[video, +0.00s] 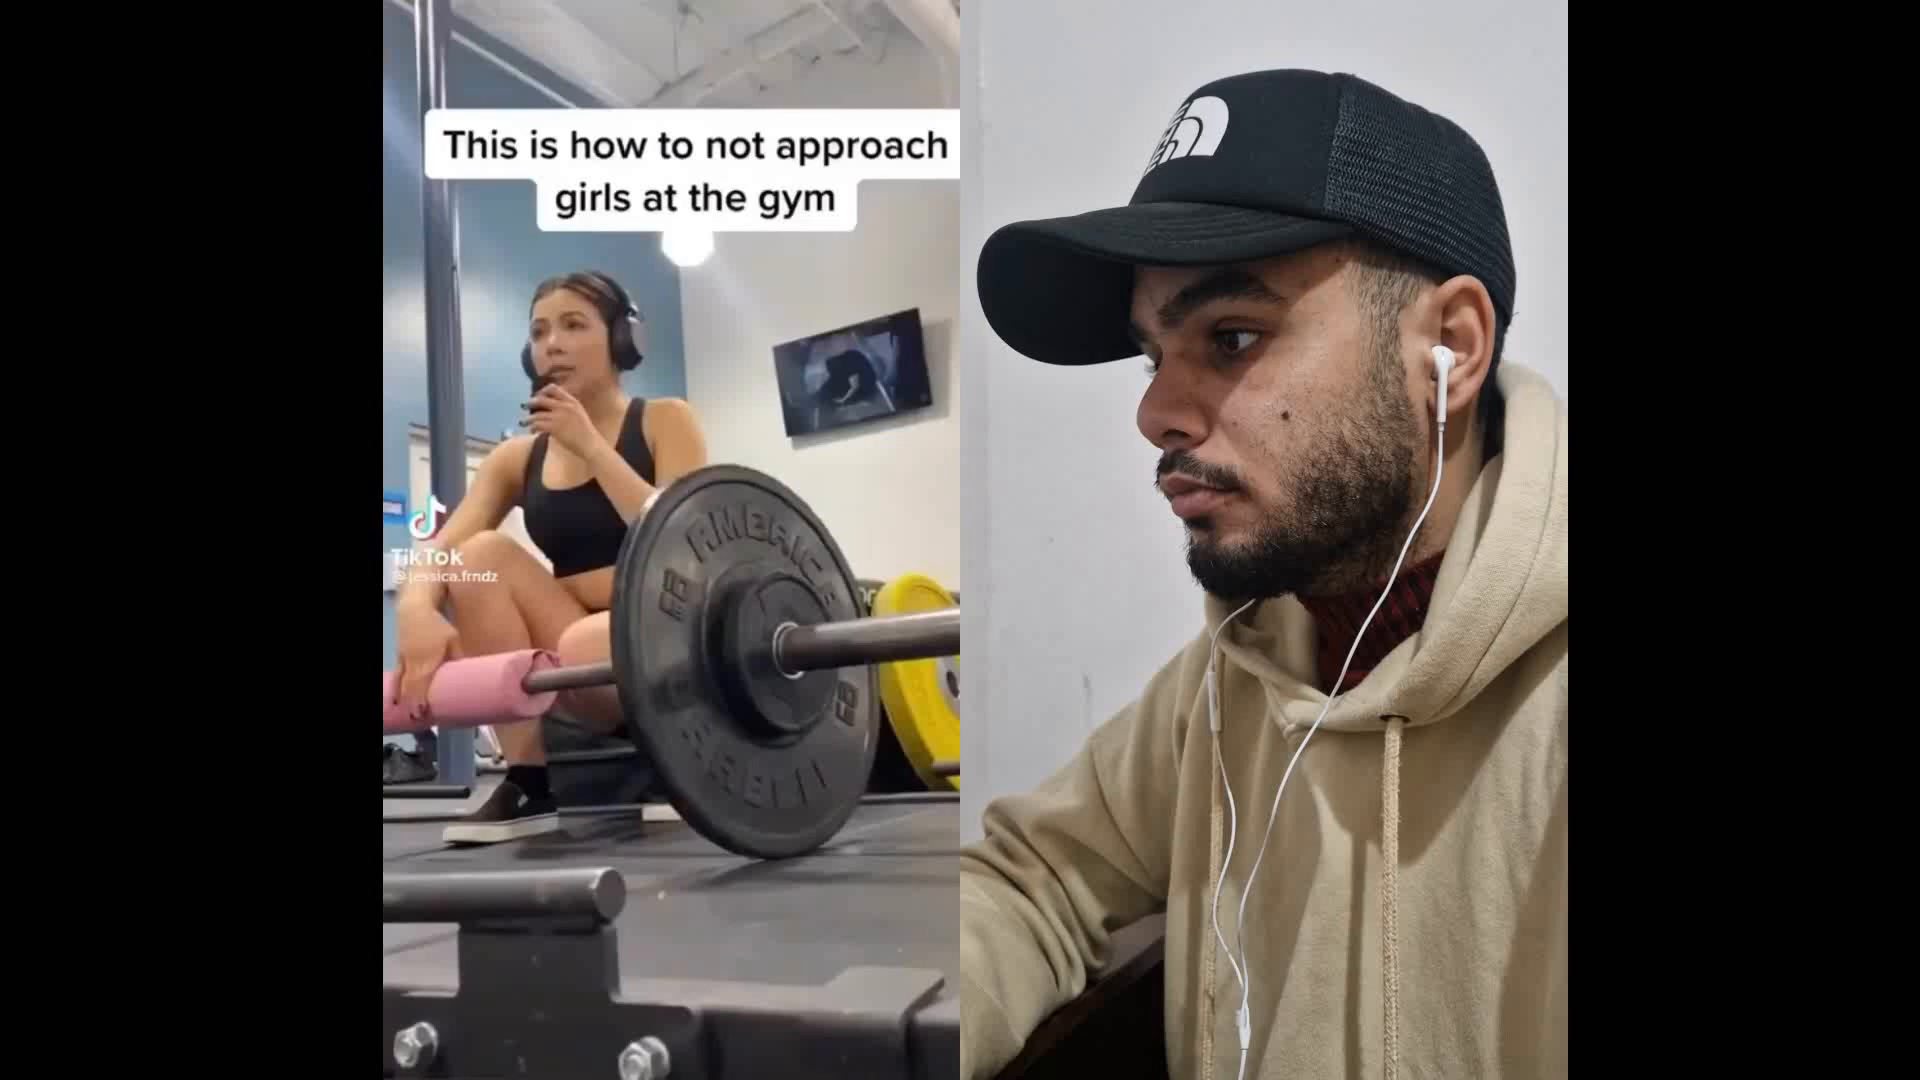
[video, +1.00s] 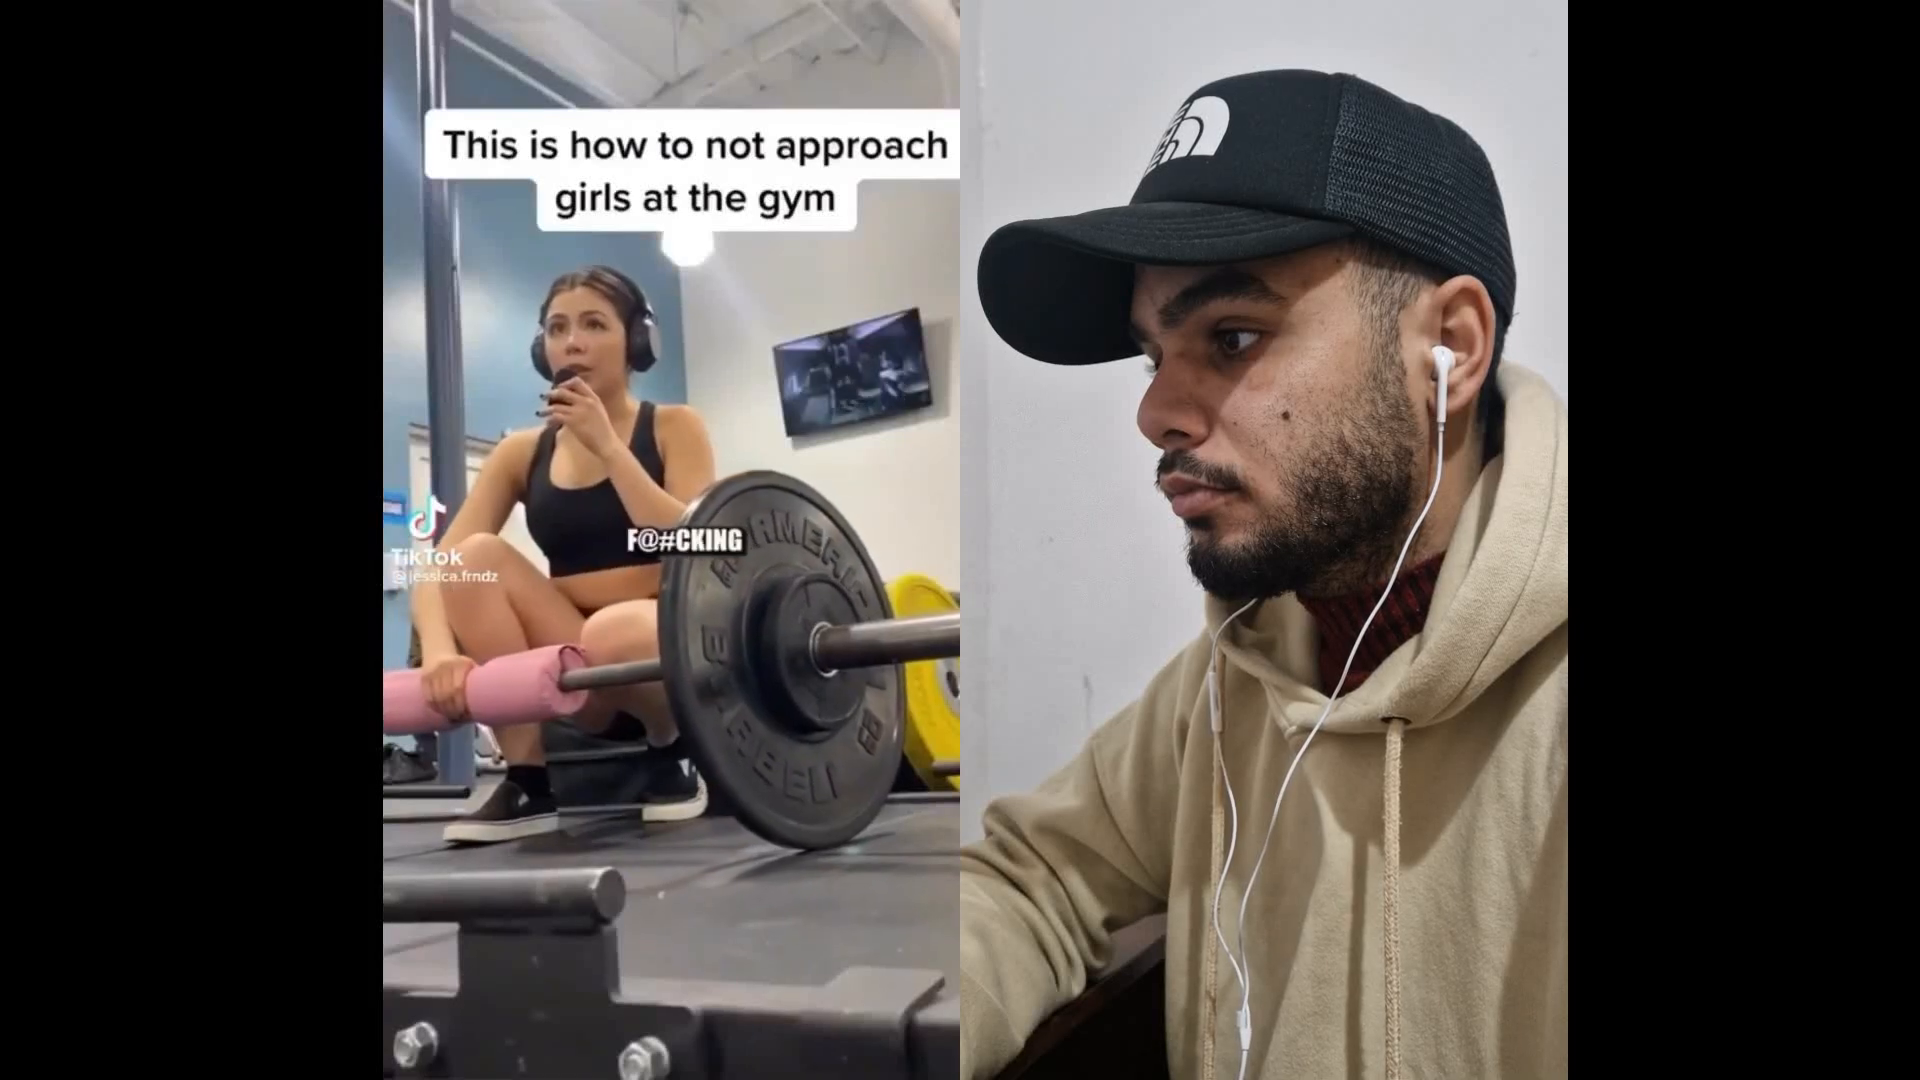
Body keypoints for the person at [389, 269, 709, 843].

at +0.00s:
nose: (552, 342)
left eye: (573, 324)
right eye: (540, 329)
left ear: (616, 339)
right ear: (531, 350)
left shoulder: (664, 421)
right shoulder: (517, 456)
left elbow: (688, 536)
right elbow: (442, 549)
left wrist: (592, 447)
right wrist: (415, 607)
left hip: (663, 628)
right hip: (563, 637)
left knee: (585, 645)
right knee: (482, 555)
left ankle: (680, 772)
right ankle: (526, 778)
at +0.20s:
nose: (555, 342)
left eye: (576, 324)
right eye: (542, 329)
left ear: (619, 340)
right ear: (533, 352)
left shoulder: (665, 423)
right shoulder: (517, 455)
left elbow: (688, 539)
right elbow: (451, 557)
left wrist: (596, 448)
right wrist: (409, 652)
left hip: (671, 636)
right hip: (574, 657)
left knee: (589, 635)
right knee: (484, 554)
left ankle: (678, 764)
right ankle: (528, 779)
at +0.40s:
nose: (558, 343)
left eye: (579, 325)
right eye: (545, 330)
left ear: (620, 341)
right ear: (534, 352)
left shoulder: (667, 425)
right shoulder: (518, 456)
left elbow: (691, 541)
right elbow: (450, 560)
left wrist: (598, 450)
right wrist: (414, 651)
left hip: (672, 640)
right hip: (573, 656)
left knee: (593, 632)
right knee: (486, 554)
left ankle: (686, 760)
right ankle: (527, 782)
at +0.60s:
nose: (561, 343)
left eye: (582, 325)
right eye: (548, 330)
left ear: (623, 342)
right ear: (537, 352)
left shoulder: (669, 426)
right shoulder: (521, 455)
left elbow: (691, 539)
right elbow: (452, 560)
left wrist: (600, 448)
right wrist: (421, 650)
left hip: (676, 647)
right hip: (578, 662)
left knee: (600, 631)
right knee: (482, 556)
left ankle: (674, 750)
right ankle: (527, 781)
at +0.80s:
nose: (566, 341)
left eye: (588, 324)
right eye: (552, 328)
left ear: (628, 341)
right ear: (540, 350)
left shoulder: (672, 426)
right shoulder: (522, 455)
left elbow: (695, 535)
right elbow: (448, 568)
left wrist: (605, 447)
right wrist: (432, 650)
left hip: (675, 645)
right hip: (577, 657)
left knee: (605, 631)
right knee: (476, 559)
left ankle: (667, 749)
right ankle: (526, 780)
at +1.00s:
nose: (572, 342)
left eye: (593, 324)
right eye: (557, 327)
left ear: (632, 342)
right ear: (544, 348)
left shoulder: (675, 429)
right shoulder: (522, 452)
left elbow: (692, 539)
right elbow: (439, 569)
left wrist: (608, 447)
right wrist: (439, 652)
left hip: (671, 641)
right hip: (570, 649)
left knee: (612, 633)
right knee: (472, 559)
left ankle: (667, 748)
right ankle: (526, 780)